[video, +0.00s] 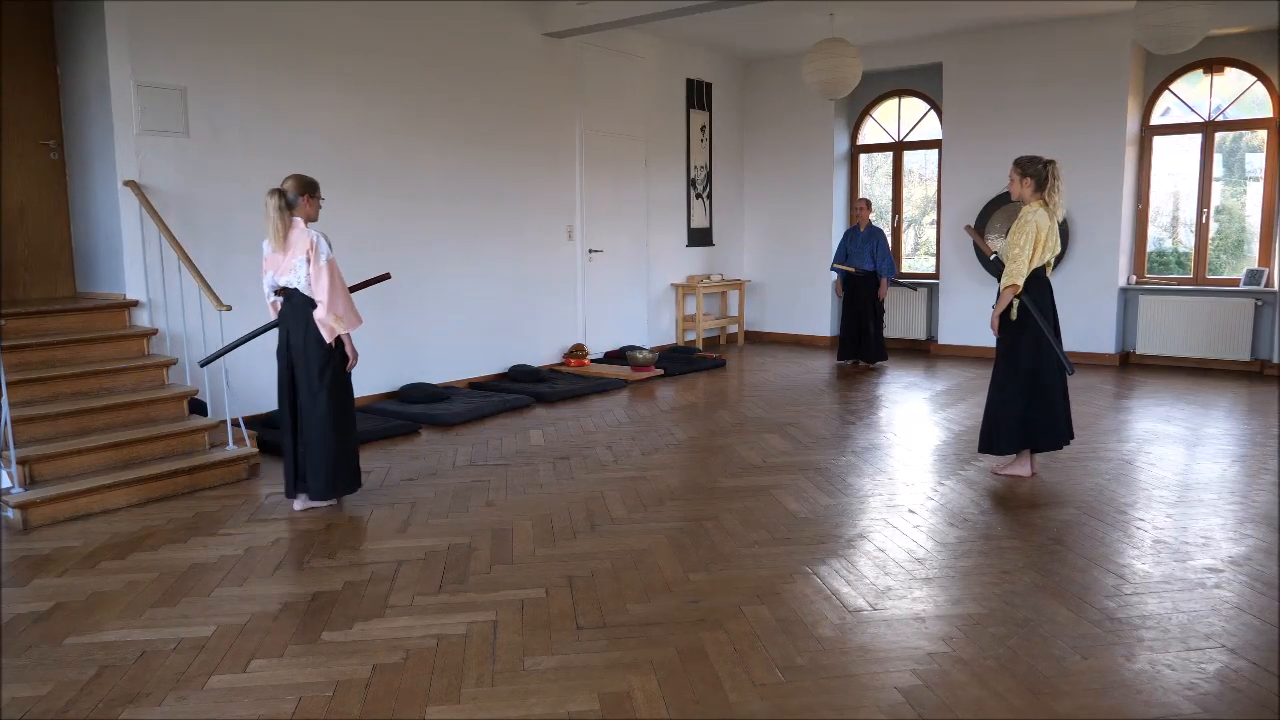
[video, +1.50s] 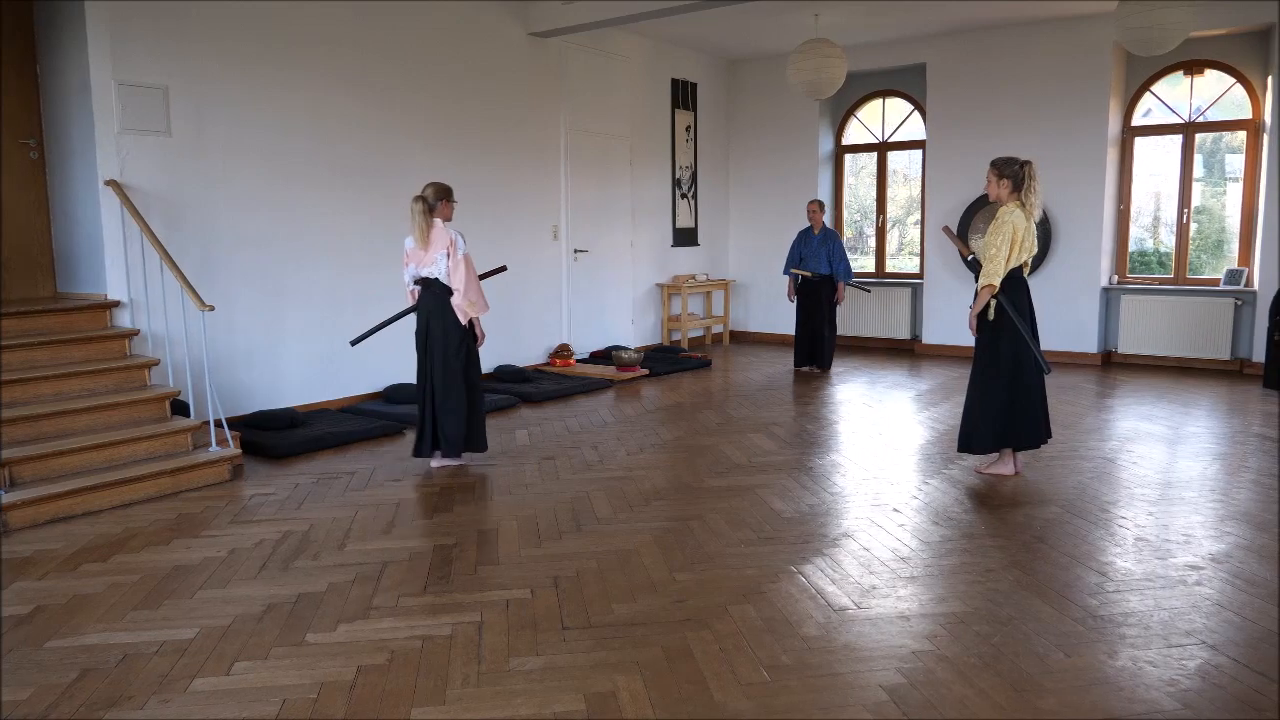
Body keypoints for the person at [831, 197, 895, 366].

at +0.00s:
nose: (858, 212)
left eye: (861, 209)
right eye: (856, 209)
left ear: (869, 211)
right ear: (853, 211)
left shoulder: (877, 233)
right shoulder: (849, 233)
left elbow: (884, 260)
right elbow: (840, 257)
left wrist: (883, 284)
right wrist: (838, 279)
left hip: (870, 279)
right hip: (851, 279)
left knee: (870, 318)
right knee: (851, 318)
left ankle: (870, 358)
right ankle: (853, 356)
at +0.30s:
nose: (855, 213)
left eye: (859, 209)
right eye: (853, 210)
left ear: (867, 212)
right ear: (850, 212)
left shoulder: (875, 234)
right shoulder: (847, 234)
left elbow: (882, 260)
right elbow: (838, 258)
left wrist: (881, 284)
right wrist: (836, 280)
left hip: (868, 280)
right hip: (849, 280)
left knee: (867, 319)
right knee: (849, 318)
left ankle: (868, 358)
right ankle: (848, 356)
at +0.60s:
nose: (851, 214)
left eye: (854, 211)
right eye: (848, 211)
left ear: (862, 213)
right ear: (846, 212)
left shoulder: (870, 235)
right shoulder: (842, 234)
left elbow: (878, 261)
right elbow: (833, 258)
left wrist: (878, 285)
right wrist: (831, 281)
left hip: (864, 281)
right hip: (844, 281)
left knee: (864, 320)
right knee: (841, 318)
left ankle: (865, 358)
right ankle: (837, 355)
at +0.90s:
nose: (840, 215)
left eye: (844, 212)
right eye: (839, 212)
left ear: (852, 214)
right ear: (837, 214)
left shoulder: (861, 236)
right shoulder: (832, 235)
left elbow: (869, 262)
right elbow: (823, 260)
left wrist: (870, 286)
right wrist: (820, 282)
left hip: (855, 283)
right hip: (834, 282)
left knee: (856, 321)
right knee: (829, 321)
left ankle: (857, 360)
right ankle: (827, 359)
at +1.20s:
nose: (824, 215)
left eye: (828, 212)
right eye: (822, 212)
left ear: (836, 213)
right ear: (821, 214)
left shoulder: (845, 236)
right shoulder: (816, 235)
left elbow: (853, 262)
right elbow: (807, 259)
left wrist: (853, 286)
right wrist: (805, 282)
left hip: (839, 283)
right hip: (818, 282)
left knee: (841, 322)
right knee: (819, 321)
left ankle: (845, 360)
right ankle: (822, 359)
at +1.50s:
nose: (810, 215)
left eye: (814, 212)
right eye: (808, 212)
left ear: (822, 213)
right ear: (806, 214)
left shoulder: (832, 236)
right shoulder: (802, 235)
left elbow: (840, 263)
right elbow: (793, 261)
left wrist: (841, 289)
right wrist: (791, 284)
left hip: (825, 283)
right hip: (805, 283)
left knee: (824, 324)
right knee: (805, 323)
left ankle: (823, 363)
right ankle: (805, 362)